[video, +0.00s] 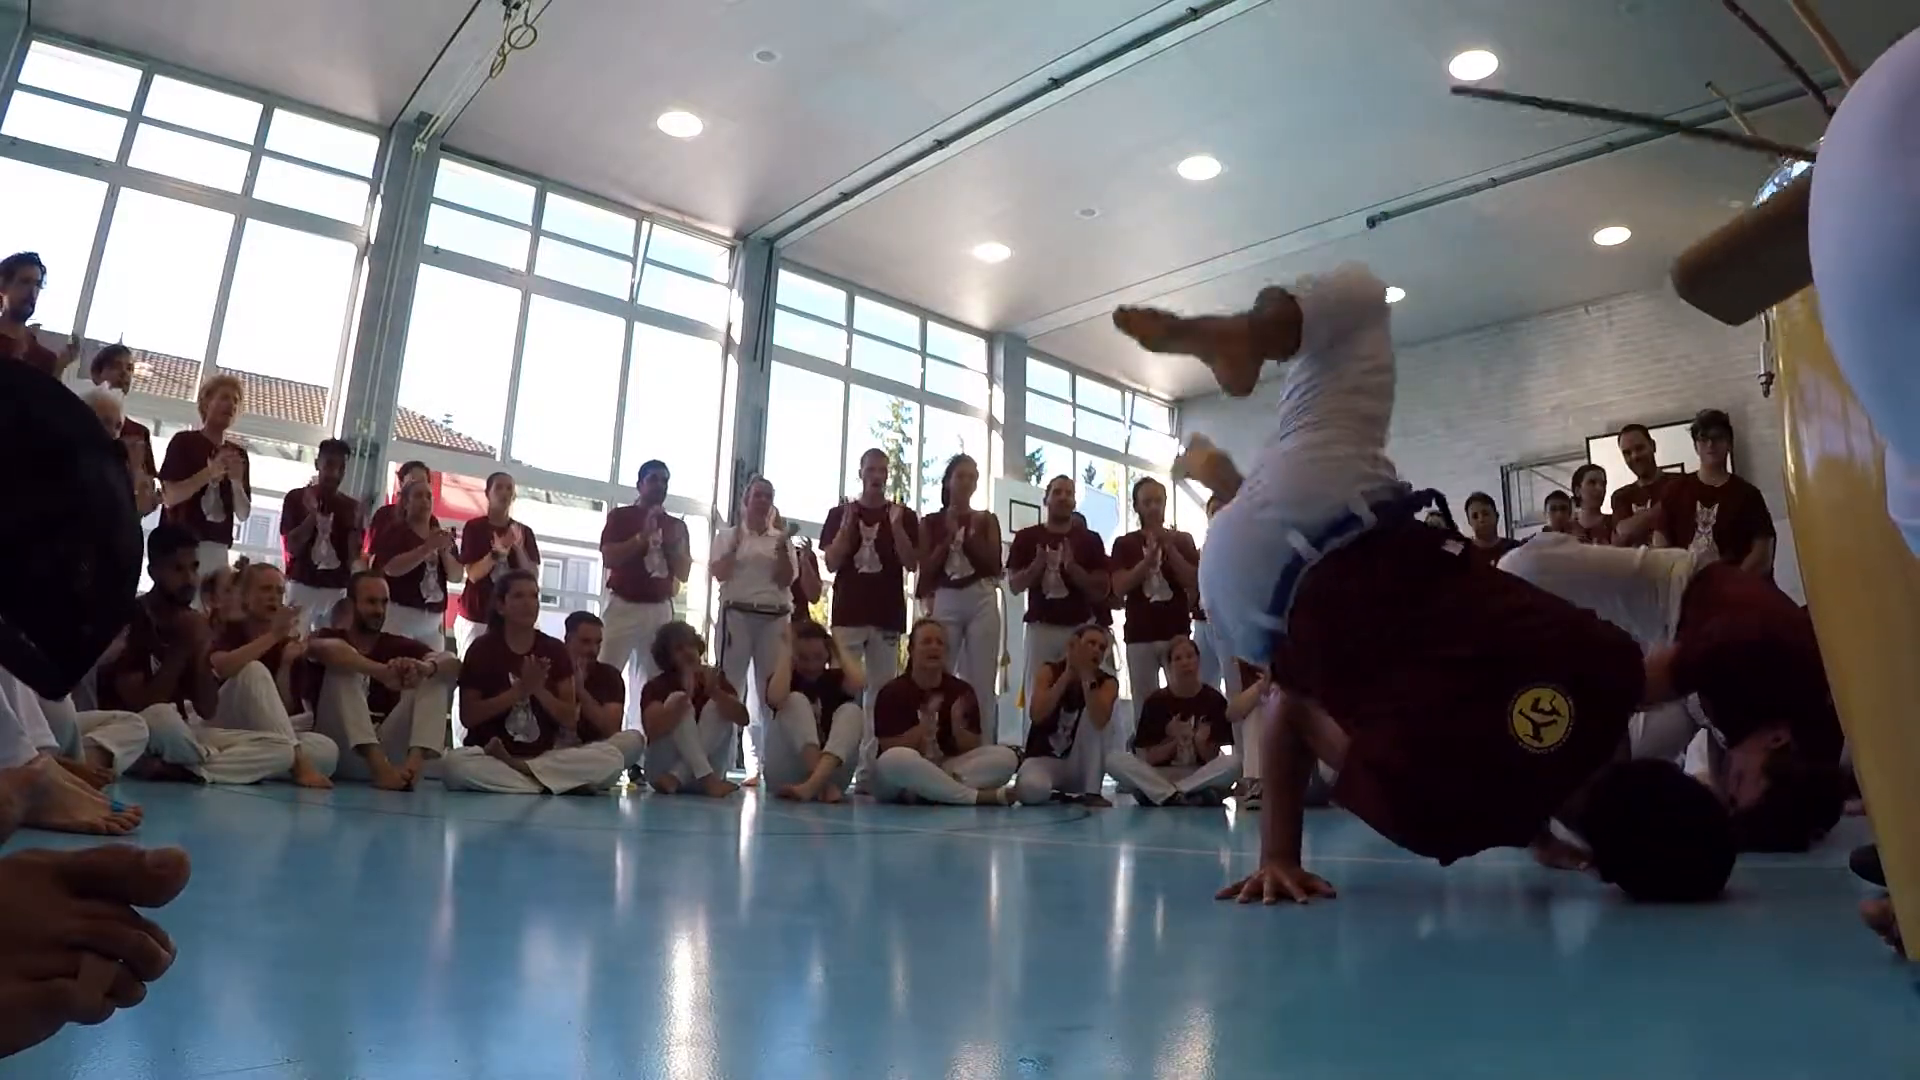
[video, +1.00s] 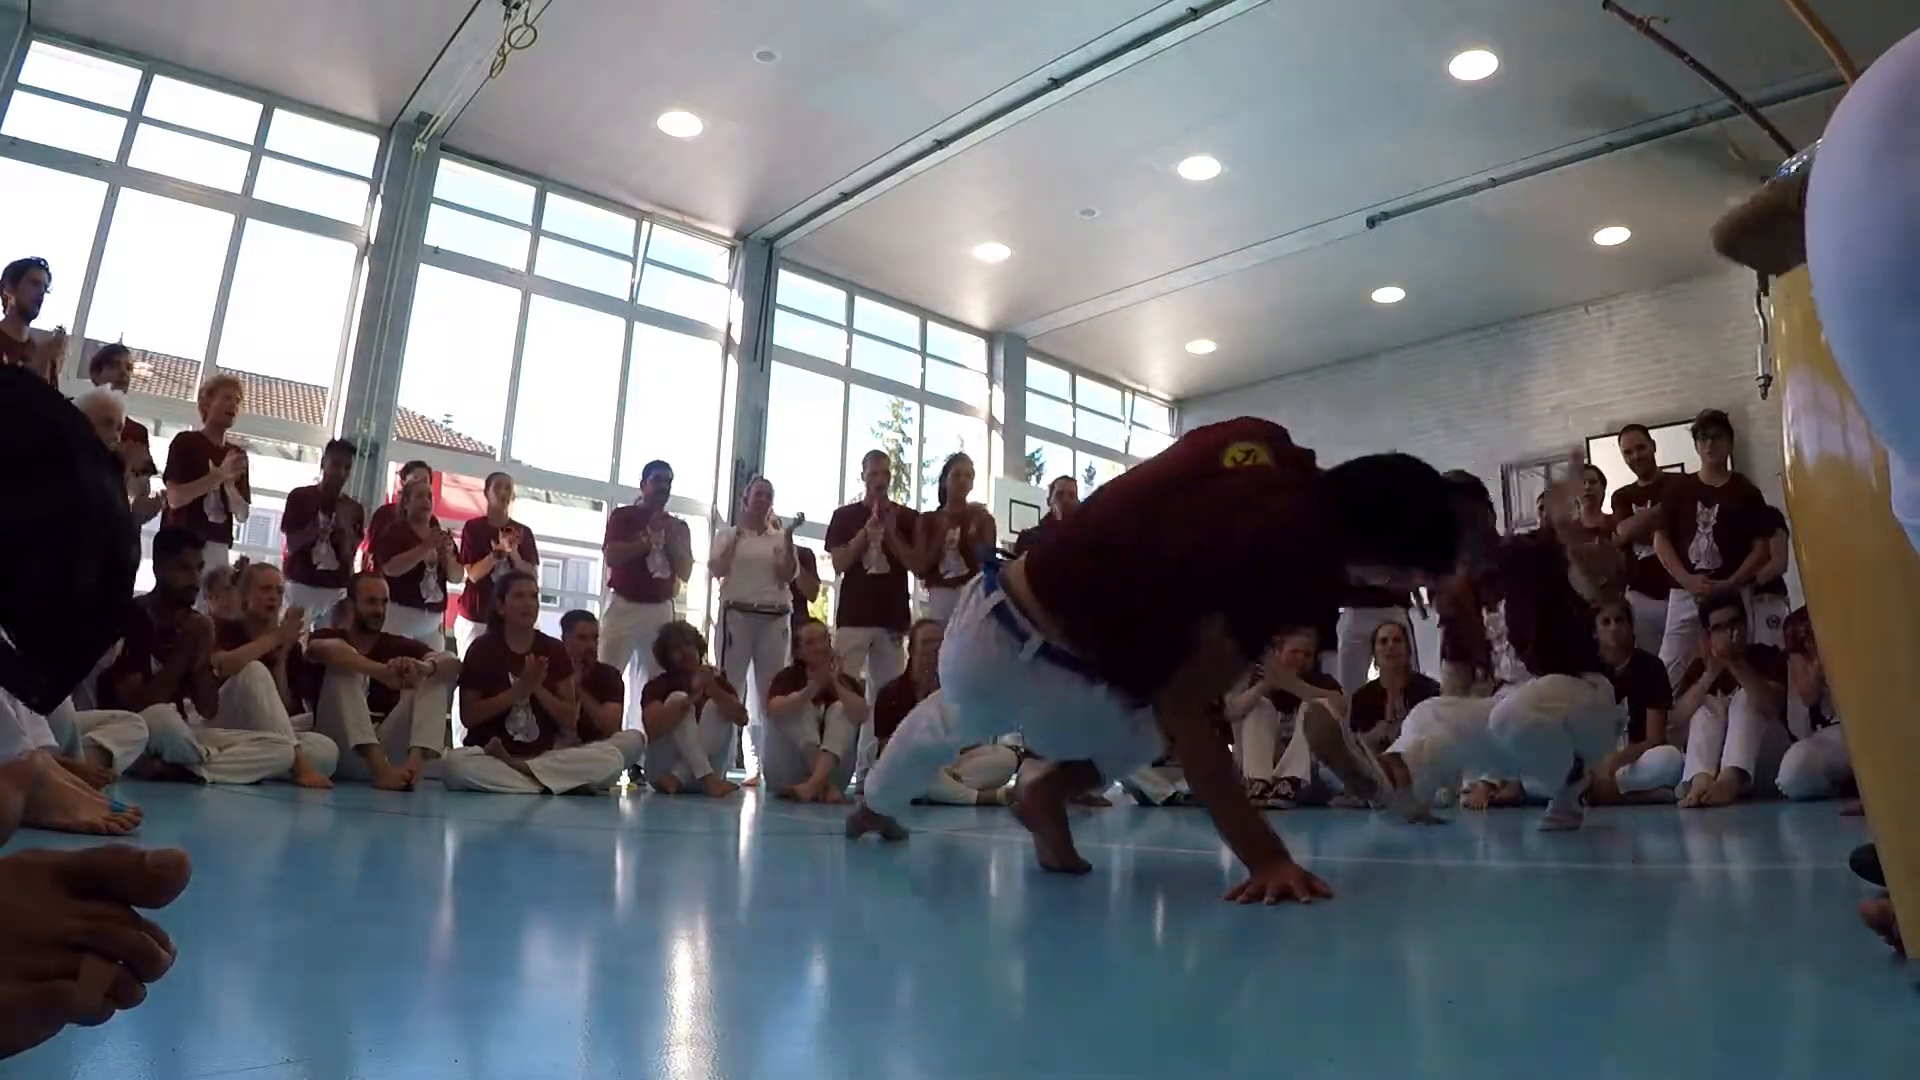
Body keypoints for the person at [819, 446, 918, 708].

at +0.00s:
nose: (877, 476)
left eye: (882, 470)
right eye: (871, 470)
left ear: (888, 474)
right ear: (861, 473)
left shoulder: (904, 516)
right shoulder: (840, 514)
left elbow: (911, 563)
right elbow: (831, 563)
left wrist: (896, 527)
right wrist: (846, 528)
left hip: (887, 616)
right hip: (848, 616)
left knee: (883, 695)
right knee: (848, 694)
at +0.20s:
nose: (875, 476)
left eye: (880, 471)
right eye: (870, 471)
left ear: (888, 474)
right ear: (861, 473)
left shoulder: (905, 516)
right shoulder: (842, 514)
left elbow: (909, 560)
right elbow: (836, 560)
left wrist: (881, 525)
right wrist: (863, 525)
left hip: (889, 617)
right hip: (849, 616)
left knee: (885, 695)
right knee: (850, 693)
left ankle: (877, 769)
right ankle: (842, 767)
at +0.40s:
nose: (876, 478)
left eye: (882, 473)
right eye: (871, 472)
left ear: (890, 474)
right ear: (861, 473)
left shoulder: (902, 512)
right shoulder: (846, 512)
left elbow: (911, 561)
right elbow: (837, 560)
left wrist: (889, 535)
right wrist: (862, 535)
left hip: (891, 614)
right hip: (851, 613)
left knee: (886, 694)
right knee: (847, 692)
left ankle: (880, 769)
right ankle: (840, 766)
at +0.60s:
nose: (879, 478)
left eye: (884, 473)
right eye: (873, 472)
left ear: (889, 476)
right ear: (862, 475)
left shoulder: (907, 516)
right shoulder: (841, 515)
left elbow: (917, 564)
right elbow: (838, 562)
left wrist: (887, 529)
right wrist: (868, 526)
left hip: (893, 604)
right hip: (852, 603)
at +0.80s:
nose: (879, 479)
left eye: (884, 472)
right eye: (874, 472)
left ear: (890, 475)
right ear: (863, 475)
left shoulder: (908, 517)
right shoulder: (843, 515)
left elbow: (919, 565)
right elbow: (840, 566)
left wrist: (889, 536)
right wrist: (870, 535)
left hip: (892, 619)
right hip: (852, 620)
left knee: (890, 694)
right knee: (845, 694)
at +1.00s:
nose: (878, 479)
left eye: (883, 473)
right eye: (873, 473)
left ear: (891, 475)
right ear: (862, 475)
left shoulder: (907, 518)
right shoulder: (845, 515)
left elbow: (916, 564)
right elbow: (838, 564)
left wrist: (889, 533)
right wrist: (865, 534)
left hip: (893, 619)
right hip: (853, 619)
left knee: (889, 698)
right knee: (845, 696)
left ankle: (880, 773)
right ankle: (837, 772)